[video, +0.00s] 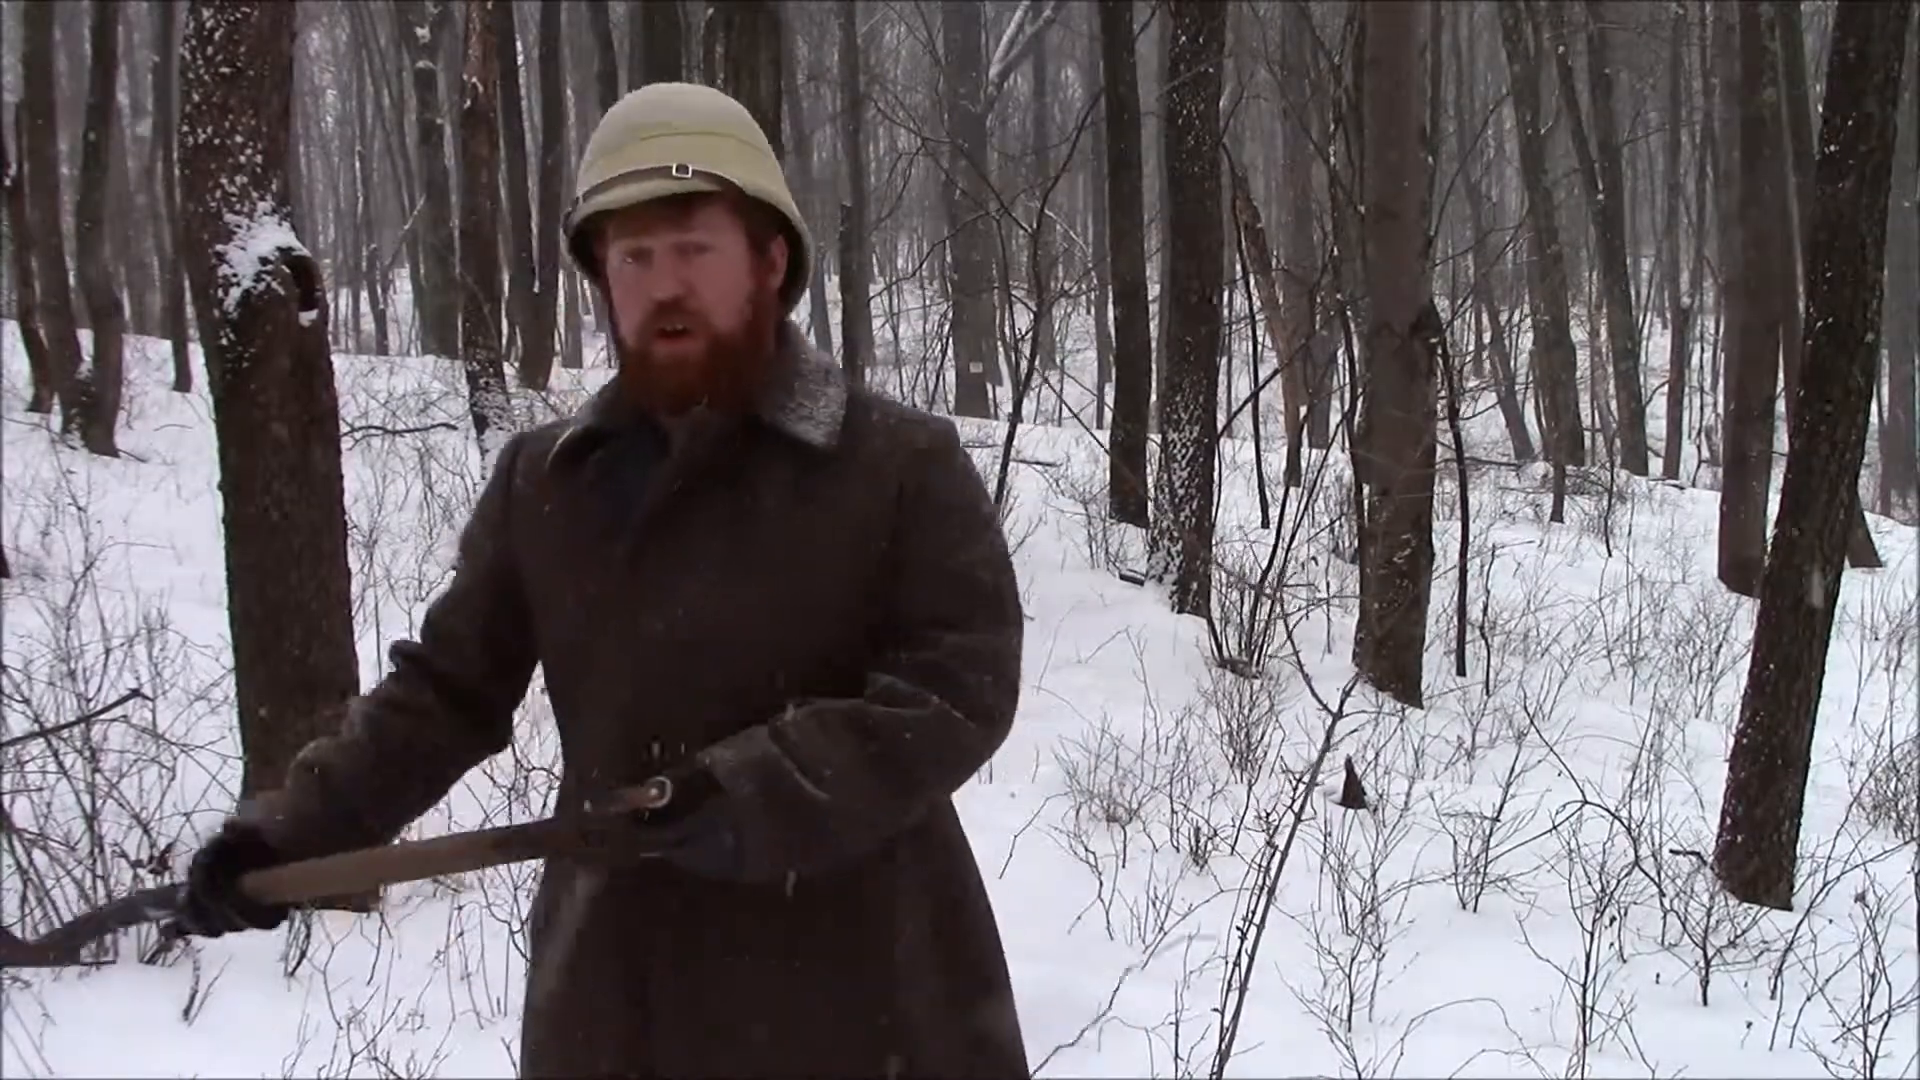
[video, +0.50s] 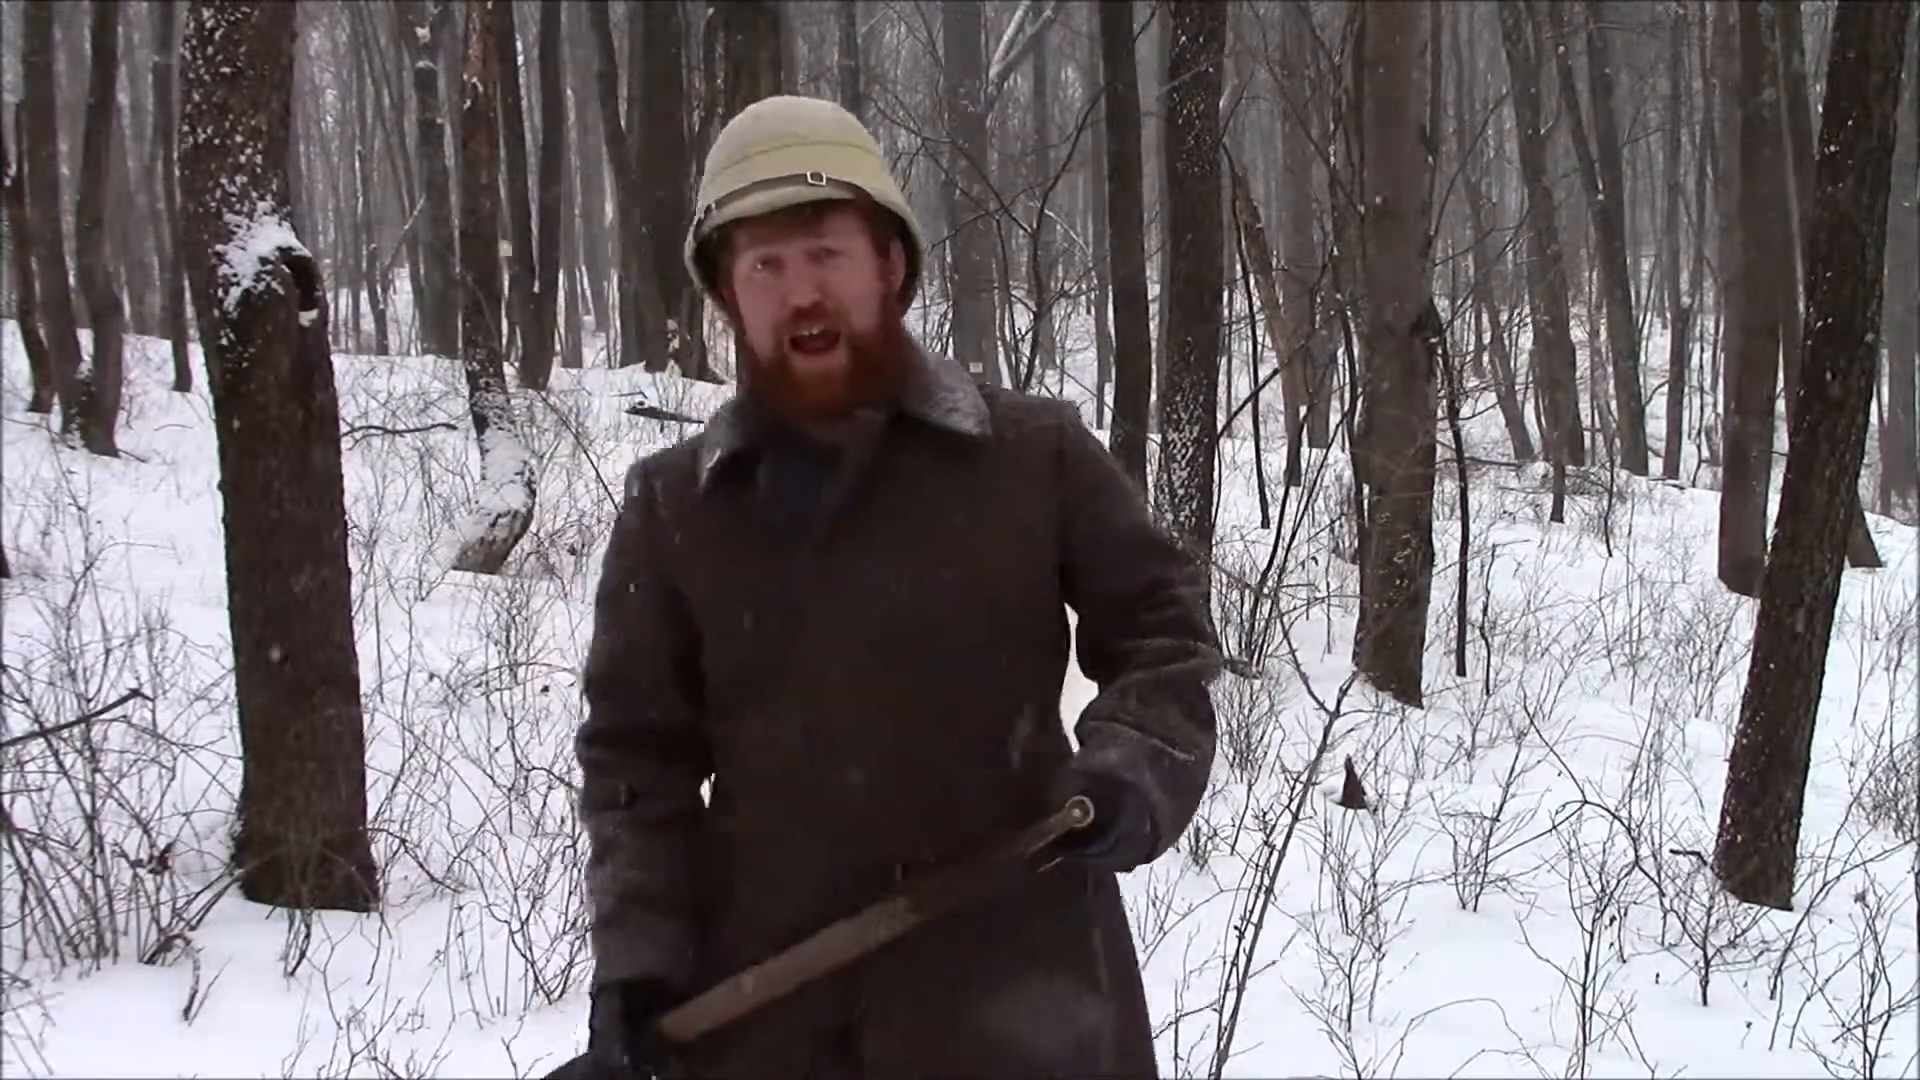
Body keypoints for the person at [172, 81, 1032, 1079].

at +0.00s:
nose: (666, 286)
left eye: (696, 248)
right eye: (636, 257)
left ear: (773, 261)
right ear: (602, 283)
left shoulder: (902, 465)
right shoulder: (541, 481)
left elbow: (959, 691)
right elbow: (448, 689)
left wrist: (746, 801)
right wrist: (288, 826)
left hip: (862, 1003)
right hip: (619, 1014)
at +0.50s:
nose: (802, 292)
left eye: (828, 254)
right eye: (767, 263)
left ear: (894, 267)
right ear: (727, 295)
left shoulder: (1038, 455)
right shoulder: (670, 507)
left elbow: (1164, 633)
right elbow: (634, 760)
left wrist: (1132, 774)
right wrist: (636, 963)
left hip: (1016, 998)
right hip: (762, 1015)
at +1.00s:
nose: (726, 502)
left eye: (739, 450)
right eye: (681, 471)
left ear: (800, 400)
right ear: (637, 480)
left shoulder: (981, 497)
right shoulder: (635, 682)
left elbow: (1137, 607)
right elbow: (695, 963)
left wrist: (1144, 781)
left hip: (1084, 990)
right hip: (857, 1050)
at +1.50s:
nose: (574, 973)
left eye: (579, 922)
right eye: (523, 958)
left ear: (639, 818)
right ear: (463, 938)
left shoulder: (836, 763)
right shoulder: (479, 976)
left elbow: (1005, 935)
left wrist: (1006, 1061)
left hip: (907, 1046)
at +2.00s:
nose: (602, 707)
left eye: (627, 654)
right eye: (560, 668)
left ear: (708, 603)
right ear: (521, 647)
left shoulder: (891, 678)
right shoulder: (509, 732)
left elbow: (966, 950)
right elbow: (451, 1001)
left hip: (868, 1045)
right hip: (639, 1051)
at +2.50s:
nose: (808, 336)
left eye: (844, 298)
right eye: (784, 300)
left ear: (922, 318)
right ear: (752, 315)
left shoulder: (1034, 508)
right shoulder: (683, 500)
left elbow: (1142, 725)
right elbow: (627, 711)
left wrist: (1071, 894)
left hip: (961, 1010)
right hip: (719, 1005)